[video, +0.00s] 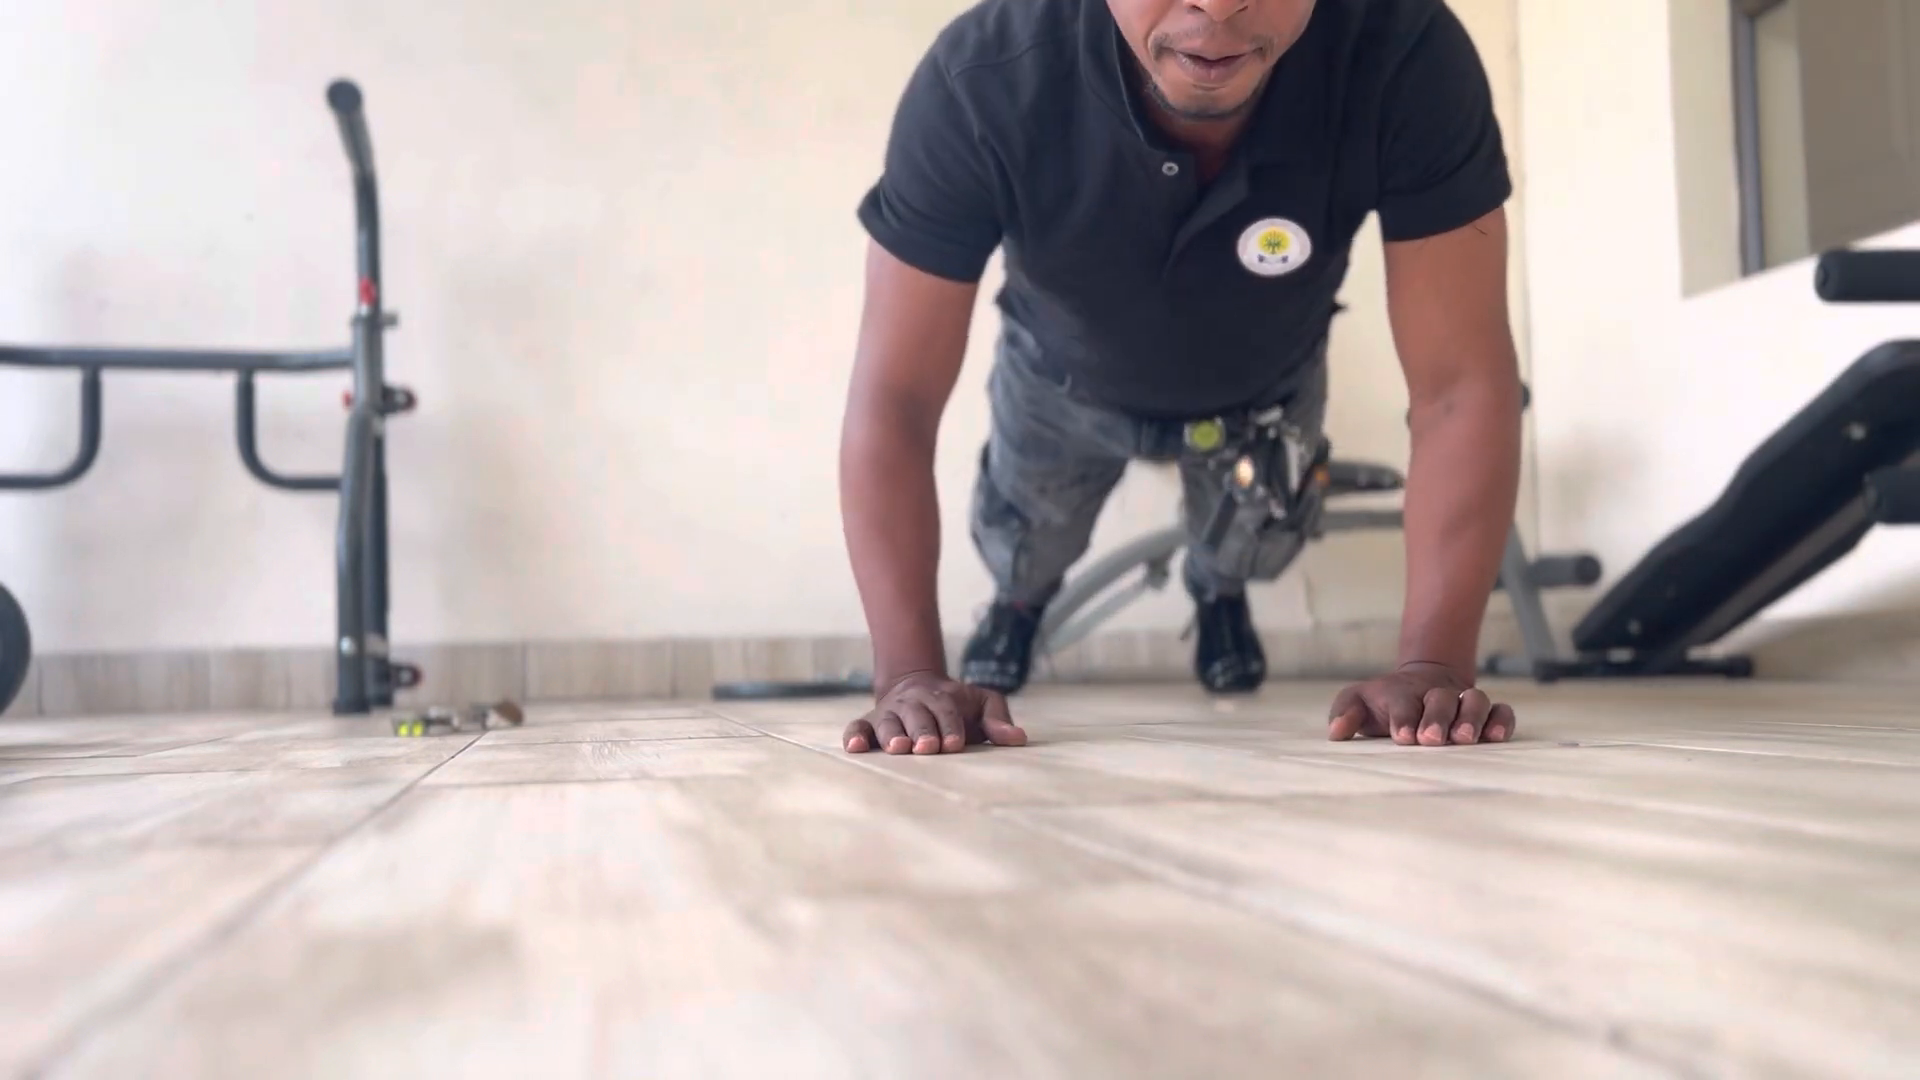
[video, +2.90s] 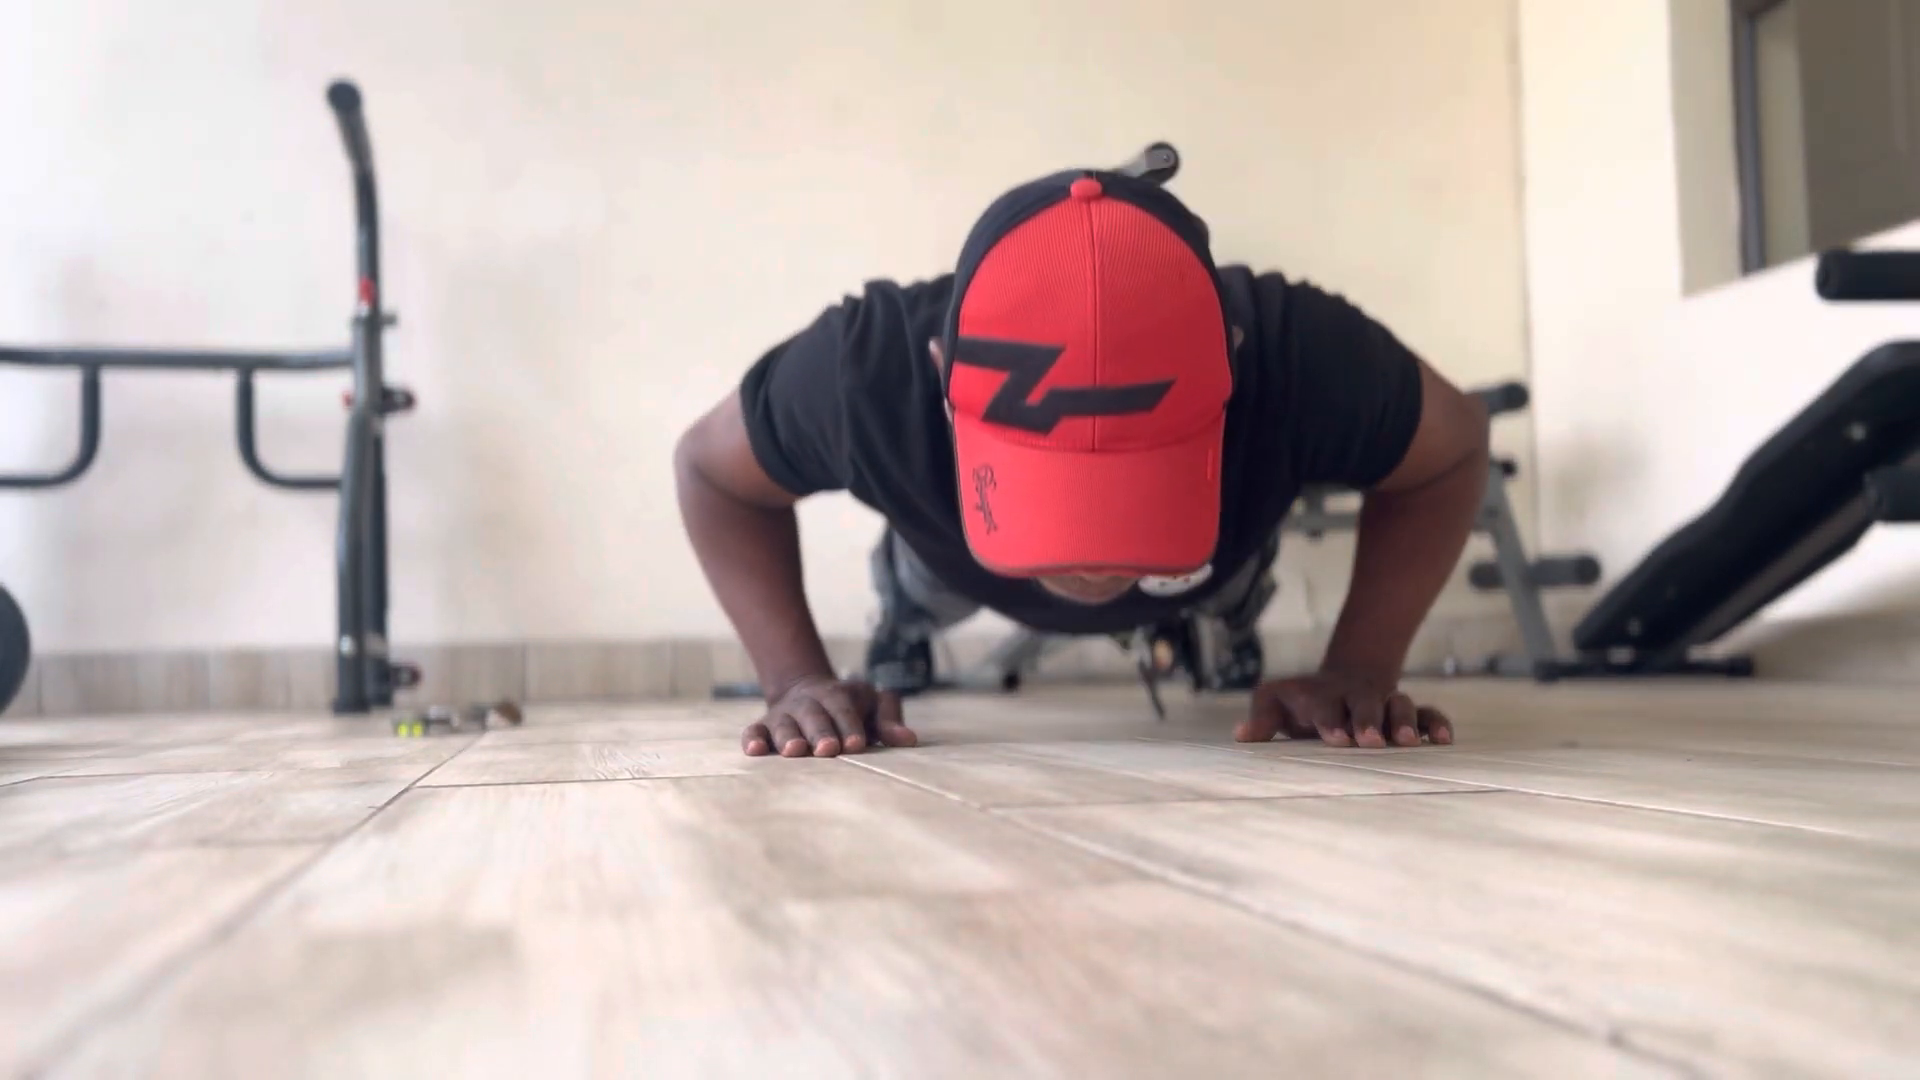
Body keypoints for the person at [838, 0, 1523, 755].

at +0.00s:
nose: (1213, 19)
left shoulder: (1403, 52)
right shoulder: (986, 74)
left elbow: (1460, 383)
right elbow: (892, 400)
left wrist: (1434, 664)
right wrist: (906, 676)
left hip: (1264, 384)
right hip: (1066, 377)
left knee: (1253, 534)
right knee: (1030, 527)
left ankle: (1222, 594)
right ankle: (1020, 607)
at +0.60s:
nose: (1084, 18)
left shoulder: (1309, 36)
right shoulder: (908, 49)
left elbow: (1382, 364)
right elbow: (877, 389)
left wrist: (1361, 647)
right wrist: (906, 672)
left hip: (1198, 376)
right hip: (999, 378)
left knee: (1217, 530)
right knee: (970, 527)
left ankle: (1212, 604)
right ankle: (966, 605)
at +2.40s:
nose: (1071, 104)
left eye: (1115, 67)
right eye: (1028, 67)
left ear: (1175, 25)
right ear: (966, 26)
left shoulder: (1283, 67)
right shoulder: (865, 74)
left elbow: (1399, 381)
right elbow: (790, 395)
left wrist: (1357, 670)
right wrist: (801, 680)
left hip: (1181, 400)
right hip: (972, 398)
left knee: (1216, 527)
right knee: (928, 532)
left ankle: (1219, 609)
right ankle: (916, 615)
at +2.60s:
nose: (1080, 228)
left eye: (1122, 187)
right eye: (1039, 187)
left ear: (1189, 110)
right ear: (963, 104)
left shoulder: (1284, 124)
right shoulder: (868, 138)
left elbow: (1430, 405)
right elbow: (761, 425)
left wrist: (1361, 668)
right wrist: (794, 679)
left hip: (1186, 418)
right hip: (974, 424)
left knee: (1221, 535)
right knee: (929, 542)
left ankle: (1219, 613)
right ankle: (917, 621)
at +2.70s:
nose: (1081, 401)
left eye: (1122, 369)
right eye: (1043, 371)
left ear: (1213, 235)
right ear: (961, 245)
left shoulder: (1294, 230)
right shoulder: (871, 241)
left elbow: (1439, 432)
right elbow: (738, 456)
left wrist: (1361, 670)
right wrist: (795, 679)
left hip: (1191, 473)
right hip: (974, 478)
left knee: (1228, 550)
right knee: (930, 564)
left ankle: (1221, 614)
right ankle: (914, 616)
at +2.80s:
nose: (1090, 511)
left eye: (1131, 470)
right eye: (1053, 475)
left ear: (1221, 308)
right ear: (951, 327)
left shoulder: (1299, 311)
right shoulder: (867, 326)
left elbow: (1441, 450)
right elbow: (718, 469)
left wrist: (1361, 671)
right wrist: (794, 681)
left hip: (1203, 527)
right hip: (971, 530)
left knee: (1230, 567)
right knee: (922, 579)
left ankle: (1217, 610)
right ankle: (909, 621)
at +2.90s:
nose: (1098, 583)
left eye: (1142, 552)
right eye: (1061, 557)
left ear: (1220, 379)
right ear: (956, 398)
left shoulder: (1301, 355)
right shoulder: (866, 372)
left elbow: (1449, 450)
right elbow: (714, 471)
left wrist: (1358, 672)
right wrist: (798, 683)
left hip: (1212, 563)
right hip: (960, 566)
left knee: (1228, 602)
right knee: (911, 597)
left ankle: (1204, 628)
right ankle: (902, 640)